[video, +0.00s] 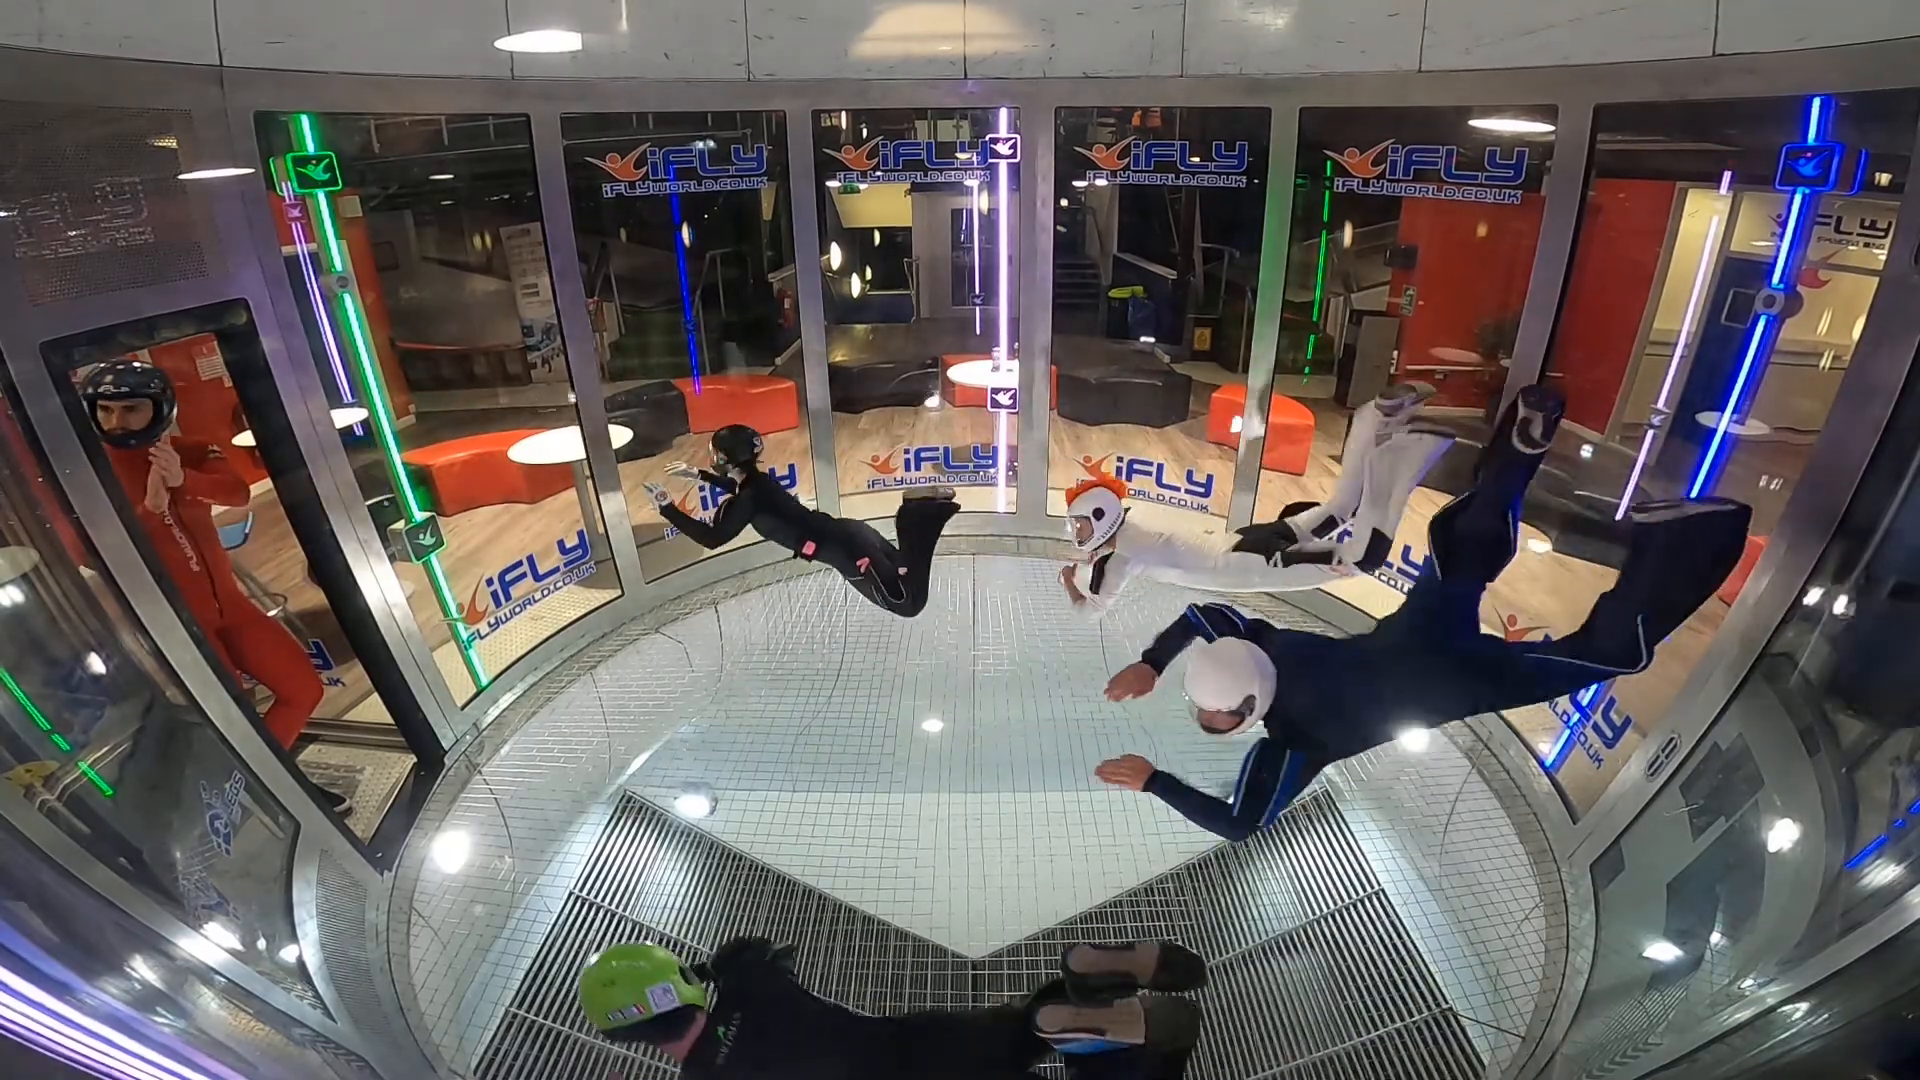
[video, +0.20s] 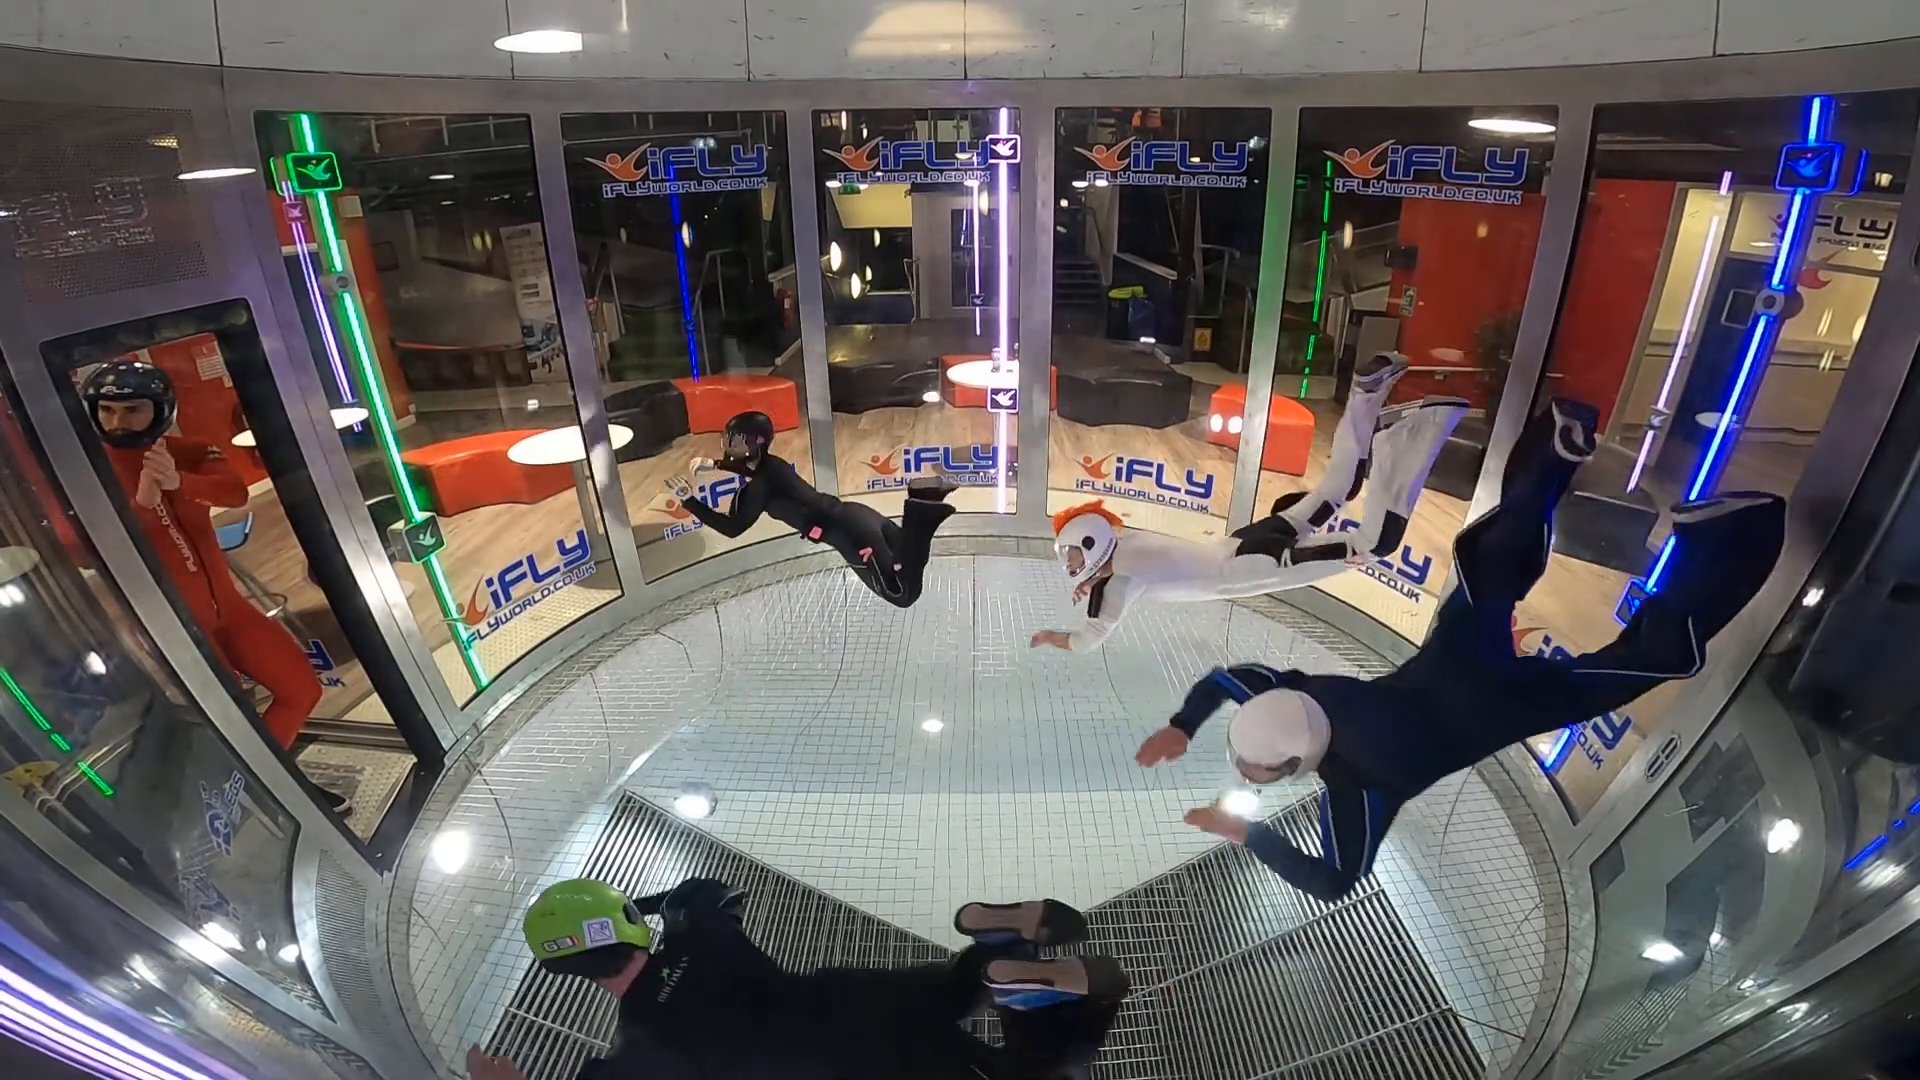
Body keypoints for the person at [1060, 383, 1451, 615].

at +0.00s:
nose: (1074, 530)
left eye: (1082, 522)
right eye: (1073, 522)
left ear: (1104, 520)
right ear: (1092, 519)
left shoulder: (1124, 552)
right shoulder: (1113, 540)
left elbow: (1099, 602)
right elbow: (1099, 579)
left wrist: (1075, 587)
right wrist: (1079, 569)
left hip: (1247, 568)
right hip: (1241, 551)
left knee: (1359, 552)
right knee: (1332, 517)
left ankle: (1385, 445)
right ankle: (1374, 426)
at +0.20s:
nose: (1072, 566)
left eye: (1077, 553)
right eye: (1067, 556)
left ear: (1103, 543)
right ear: (1084, 545)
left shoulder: (1124, 572)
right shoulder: (1122, 546)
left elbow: (1098, 630)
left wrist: (1066, 642)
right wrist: (1093, 593)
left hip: (1263, 565)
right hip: (1249, 542)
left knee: (1376, 541)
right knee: (1332, 494)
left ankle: (1415, 429)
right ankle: (1369, 392)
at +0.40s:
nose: (1034, 578)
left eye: (1038, 568)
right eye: (1032, 571)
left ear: (1059, 562)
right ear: (1054, 557)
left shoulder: (1088, 598)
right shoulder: (1080, 560)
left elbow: (1057, 655)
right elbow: (1071, 582)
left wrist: (1005, 677)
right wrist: (1044, 602)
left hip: (1219, 579)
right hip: (1209, 551)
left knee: (1336, 550)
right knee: (1299, 498)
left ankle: (1381, 433)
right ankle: (1333, 403)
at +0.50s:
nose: (996, 581)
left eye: (1000, 571)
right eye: (993, 572)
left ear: (1023, 563)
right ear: (1023, 555)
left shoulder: (1055, 595)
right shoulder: (1049, 554)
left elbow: (1014, 662)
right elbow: (1032, 592)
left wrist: (949, 692)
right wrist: (1001, 607)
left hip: (1206, 579)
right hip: (1191, 552)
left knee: (1323, 557)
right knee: (1269, 517)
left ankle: (1351, 452)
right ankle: (1307, 429)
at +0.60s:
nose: (956, 571)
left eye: (962, 561)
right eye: (953, 562)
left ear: (984, 552)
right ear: (969, 552)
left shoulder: (1010, 587)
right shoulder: (1000, 554)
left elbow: (967, 656)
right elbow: (973, 583)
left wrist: (898, 674)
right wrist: (947, 598)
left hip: (1150, 590)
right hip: (1143, 561)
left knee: (1277, 576)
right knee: (1236, 545)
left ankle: (1334, 481)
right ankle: (1269, 460)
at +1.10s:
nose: (667, 486)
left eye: (674, 477)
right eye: (667, 475)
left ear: (704, 477)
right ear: (704, 471)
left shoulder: (726, 529)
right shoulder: (734, 490)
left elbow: (678, 591)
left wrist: (590, 577)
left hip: (849, 588)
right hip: (850, 560)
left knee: (968, 638)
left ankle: (969, 553)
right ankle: (964, 547)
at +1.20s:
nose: (621, 476)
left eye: (629, 464)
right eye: (617, 465)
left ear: (661, 459)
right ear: (645, 460)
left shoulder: (684, 511)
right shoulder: (683, 481)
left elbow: (641, 581)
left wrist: (541, 565)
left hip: (811, 578)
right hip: (801, 560)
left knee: (915, 637)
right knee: (897, 624)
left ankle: (898, 551)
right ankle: (897, 547)